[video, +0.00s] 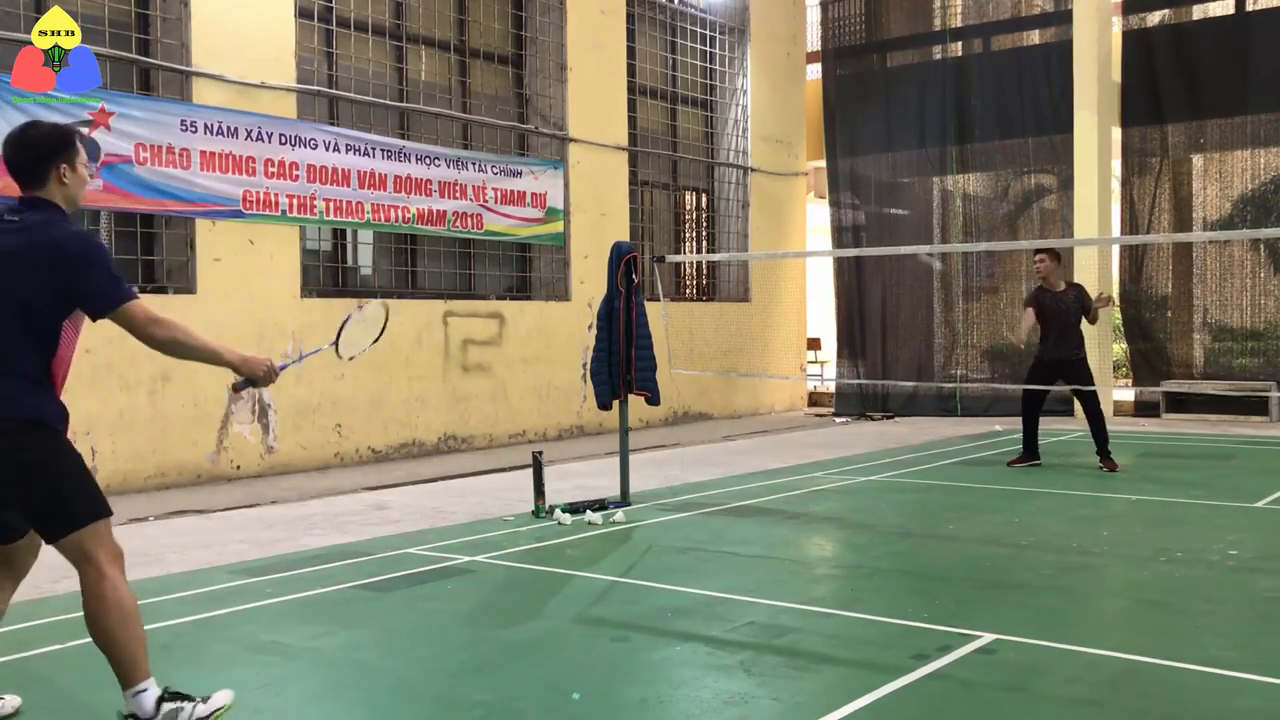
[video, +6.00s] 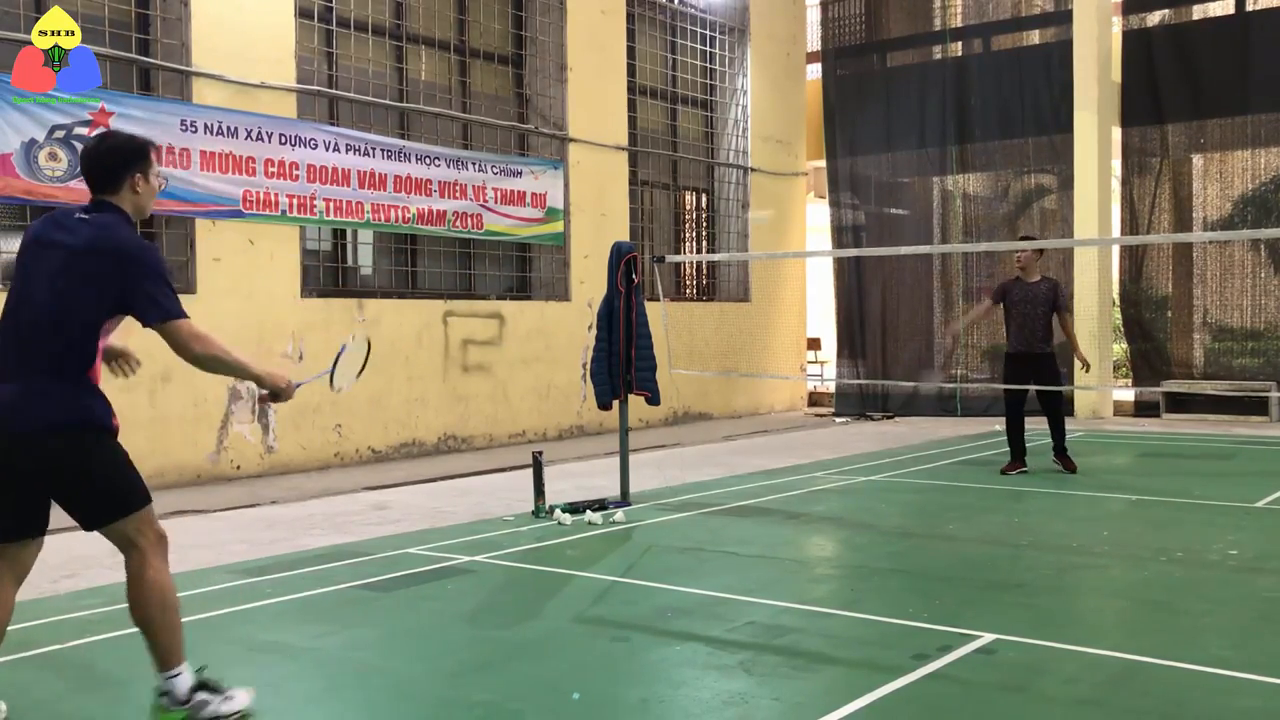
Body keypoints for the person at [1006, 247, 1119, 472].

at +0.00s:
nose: (1036, 266)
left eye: (1041, 262)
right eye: (1035, 263)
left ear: (1055, 263)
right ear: (1035, 267)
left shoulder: (1077, 290)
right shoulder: (1037, 295)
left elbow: (1092, 319)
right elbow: (1029, 318)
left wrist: (1095, 306)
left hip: (1074, 359)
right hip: (1046, 359)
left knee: (1091, 406)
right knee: (1029, 401)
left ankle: (1105, 455)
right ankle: (1030, 453)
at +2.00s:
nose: (1029, 259)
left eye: (1034, 254)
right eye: (1027, 255)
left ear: (1047, 258)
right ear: (1026, 260)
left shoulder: (1064, 287)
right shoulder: (1024, 288)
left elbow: (1080, 317)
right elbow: (1013, 297)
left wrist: (1102, 338)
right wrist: (1007, 301)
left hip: (1063, 355)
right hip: (1037, 355)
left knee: (1061, 408)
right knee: (1032, 406)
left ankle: (1053, 455)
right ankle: (1035, 452)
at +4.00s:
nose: (1020, 257)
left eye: (1025, 253)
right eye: (1017, 254)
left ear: (1036, 258)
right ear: (1014, 260)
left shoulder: (1054, 285)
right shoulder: (1011, 291)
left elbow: (1069, 317)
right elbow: (1000, 316)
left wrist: (1087, 344)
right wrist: (998, 330)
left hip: (1056, 355)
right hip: (1028, 357)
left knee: (1062, 405)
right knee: (1026, 407)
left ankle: (1058, 453)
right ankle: (1029, 457)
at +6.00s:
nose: (1018, 255)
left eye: (1023, 251)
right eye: (1017, 252)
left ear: (1037, 255)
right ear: (1017, 257)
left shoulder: (1052, 286)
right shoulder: (1008, 287)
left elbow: (1065, 321)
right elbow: (983, 308)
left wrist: (1077, 351)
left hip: (1044, 357)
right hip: (1016, 358)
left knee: (1054, 407)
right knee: (1013, 411)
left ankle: (1060, 452)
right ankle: (1017, 459)